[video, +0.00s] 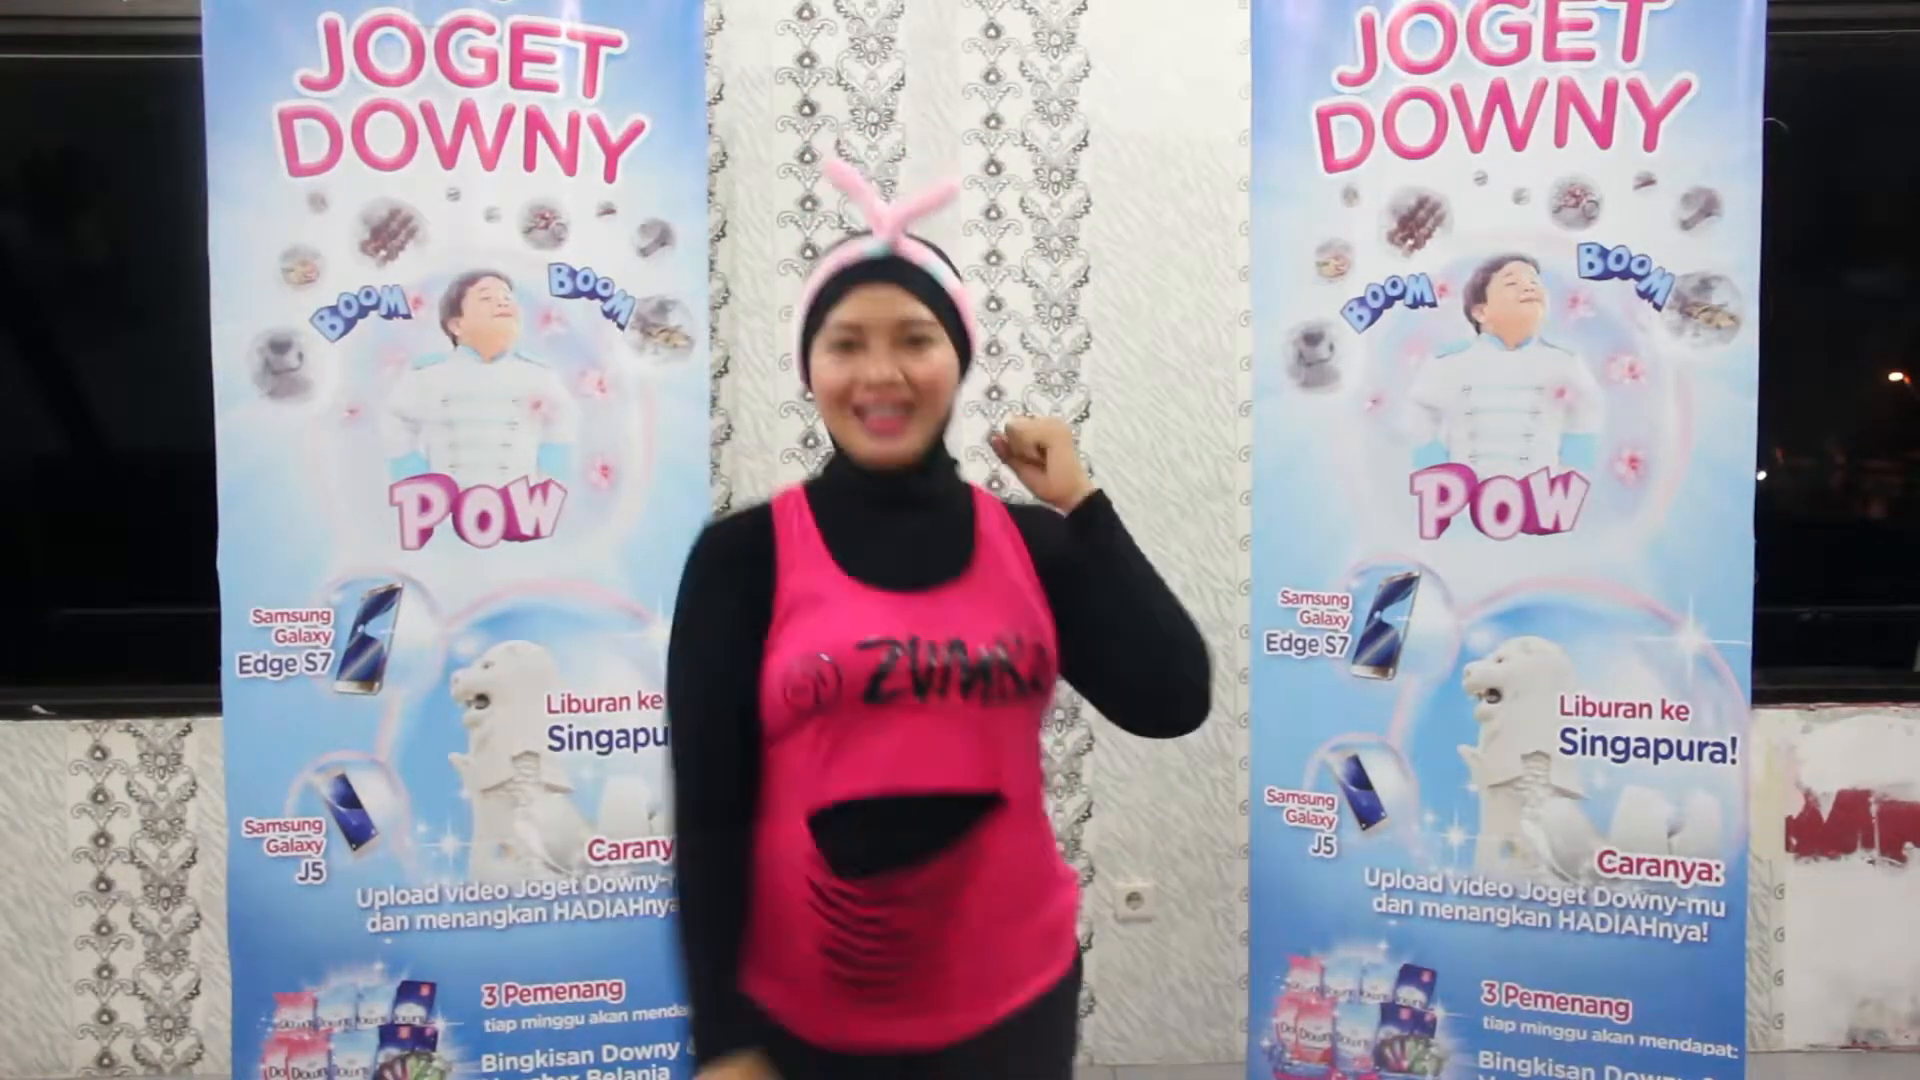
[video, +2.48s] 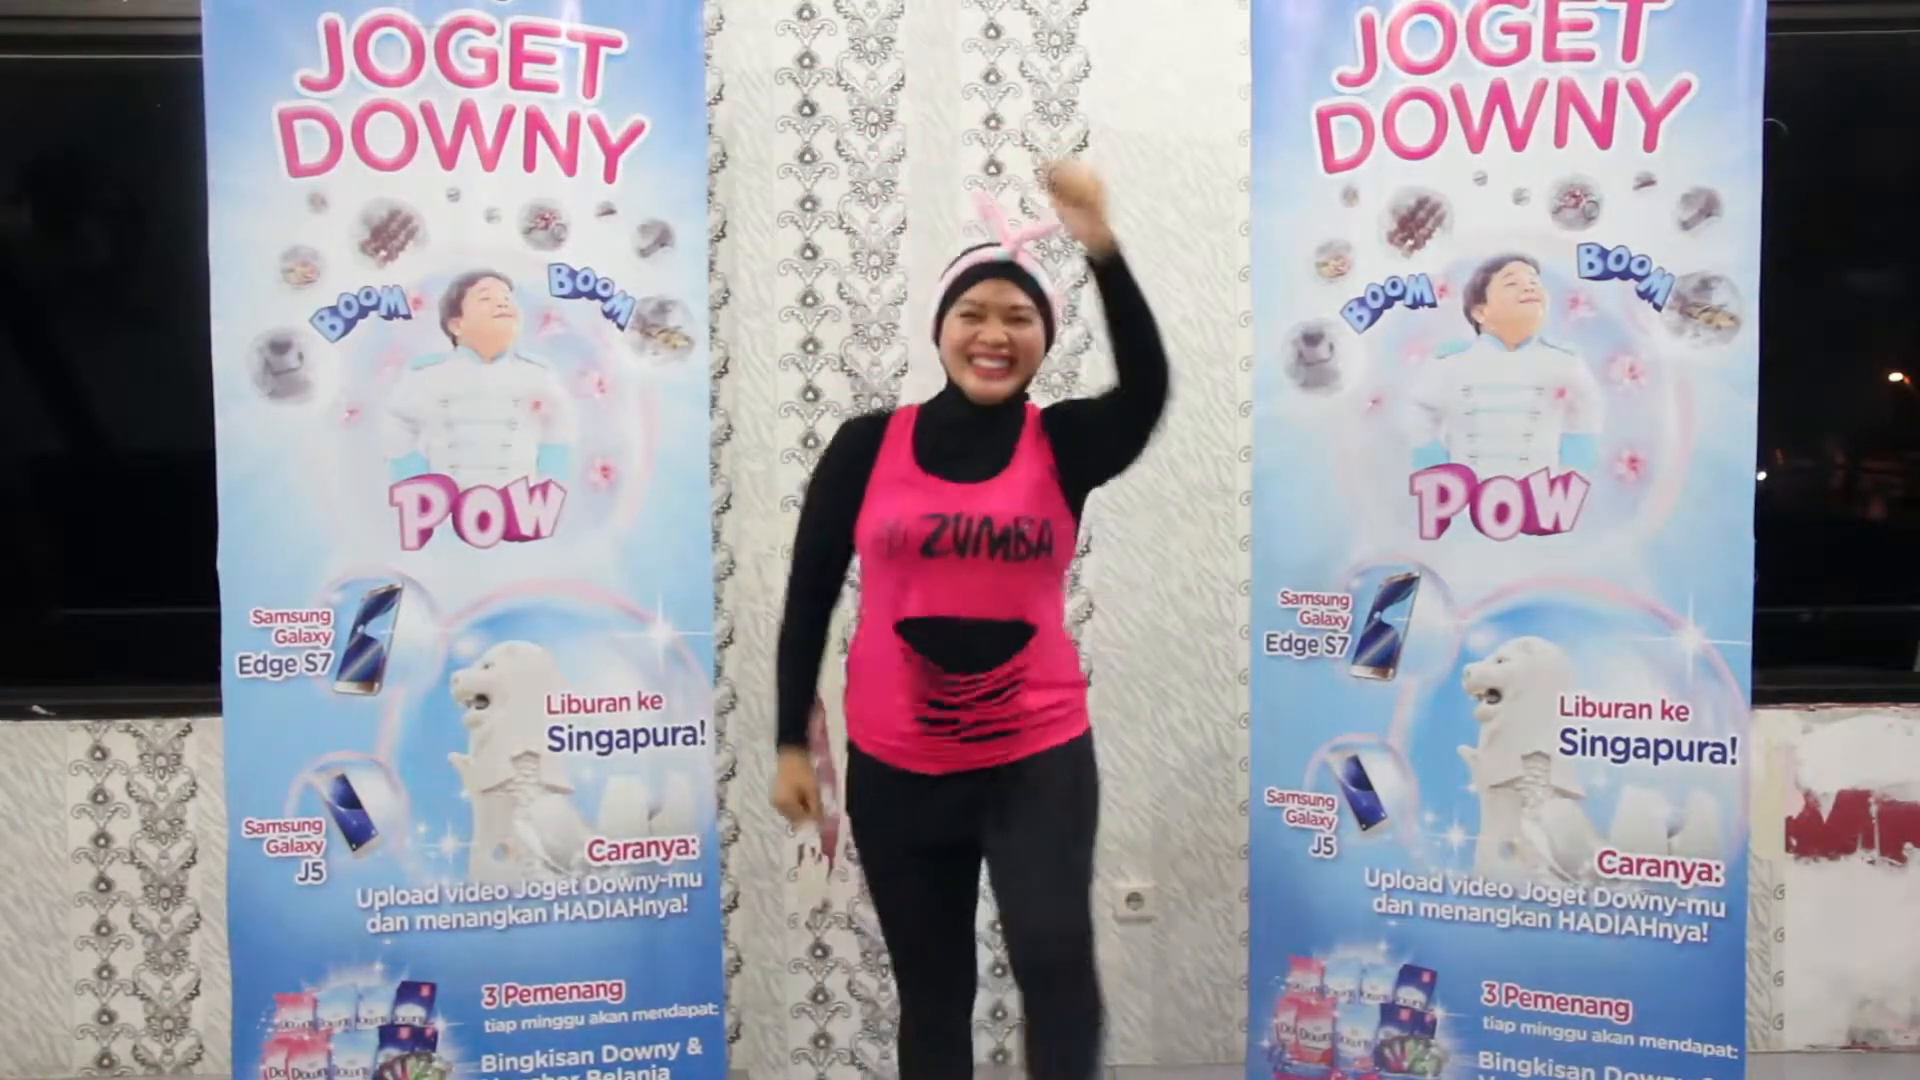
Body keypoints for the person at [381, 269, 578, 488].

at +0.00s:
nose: (502, 302)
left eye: (507, 296)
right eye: (485, 297)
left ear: (518, 314)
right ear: (455, 324)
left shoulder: (538, 378)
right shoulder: (423, 379)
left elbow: (559, 431)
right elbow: (393, 424)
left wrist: (547, 489)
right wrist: (412, 484)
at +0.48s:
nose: (503, 302)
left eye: (508, 296)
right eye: (485, 297)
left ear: (518, 314)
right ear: (455, 324)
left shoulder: (539, 380)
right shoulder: (423, 380)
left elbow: (559, 440)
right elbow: (394, 426)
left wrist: (546, 496)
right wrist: (414, 485)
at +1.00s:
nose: (503, 302)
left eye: (508, 296)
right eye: (485, 297)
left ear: (518, 315)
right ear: (455, 324)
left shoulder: (539, 379)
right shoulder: (421, 380)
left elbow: (560, 444)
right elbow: (396, 436)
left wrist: (543, 501)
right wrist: (416, 495)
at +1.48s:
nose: (503, 302)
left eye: (508, 296)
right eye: (485, 298)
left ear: (518, 315)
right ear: (455, 324)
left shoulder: (539, 378)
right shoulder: (422, 377)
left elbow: (559, 442)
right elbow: (394, 429)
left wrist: (542, 499)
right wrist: (416, 489)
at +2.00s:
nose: (502, 303)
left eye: (508, 297)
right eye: (484, 298)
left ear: (518, 316)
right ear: (455, 324)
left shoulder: (537, 376)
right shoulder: (424, 377)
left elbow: (559, 434)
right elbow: (394, 426)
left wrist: (545, 494)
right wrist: (414, 486)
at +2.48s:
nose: (502, 303)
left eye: (508, 297)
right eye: (485, 298)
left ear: (518, 316)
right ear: (455, 324)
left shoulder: (537, 376)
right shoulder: (424, 377)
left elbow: (559, 434)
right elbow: (394, 426)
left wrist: (545, 494)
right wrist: (414, 486)